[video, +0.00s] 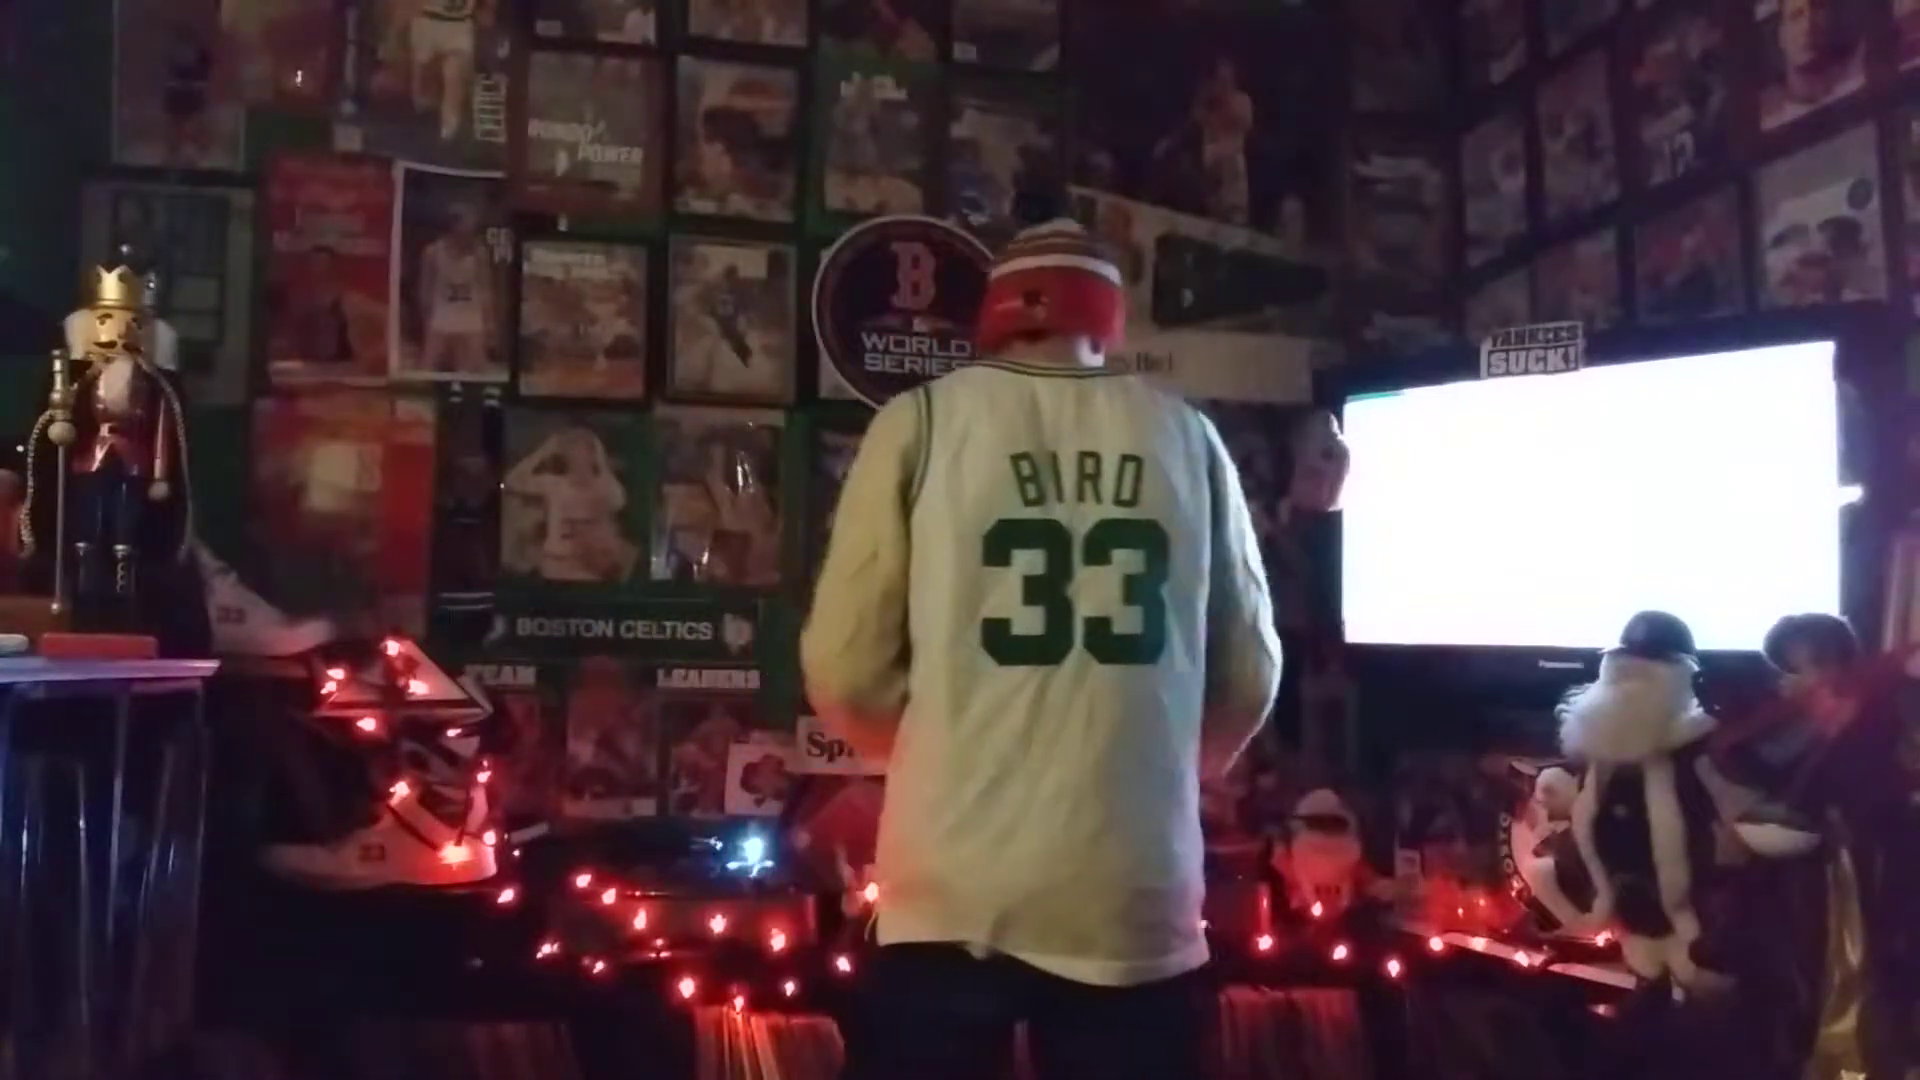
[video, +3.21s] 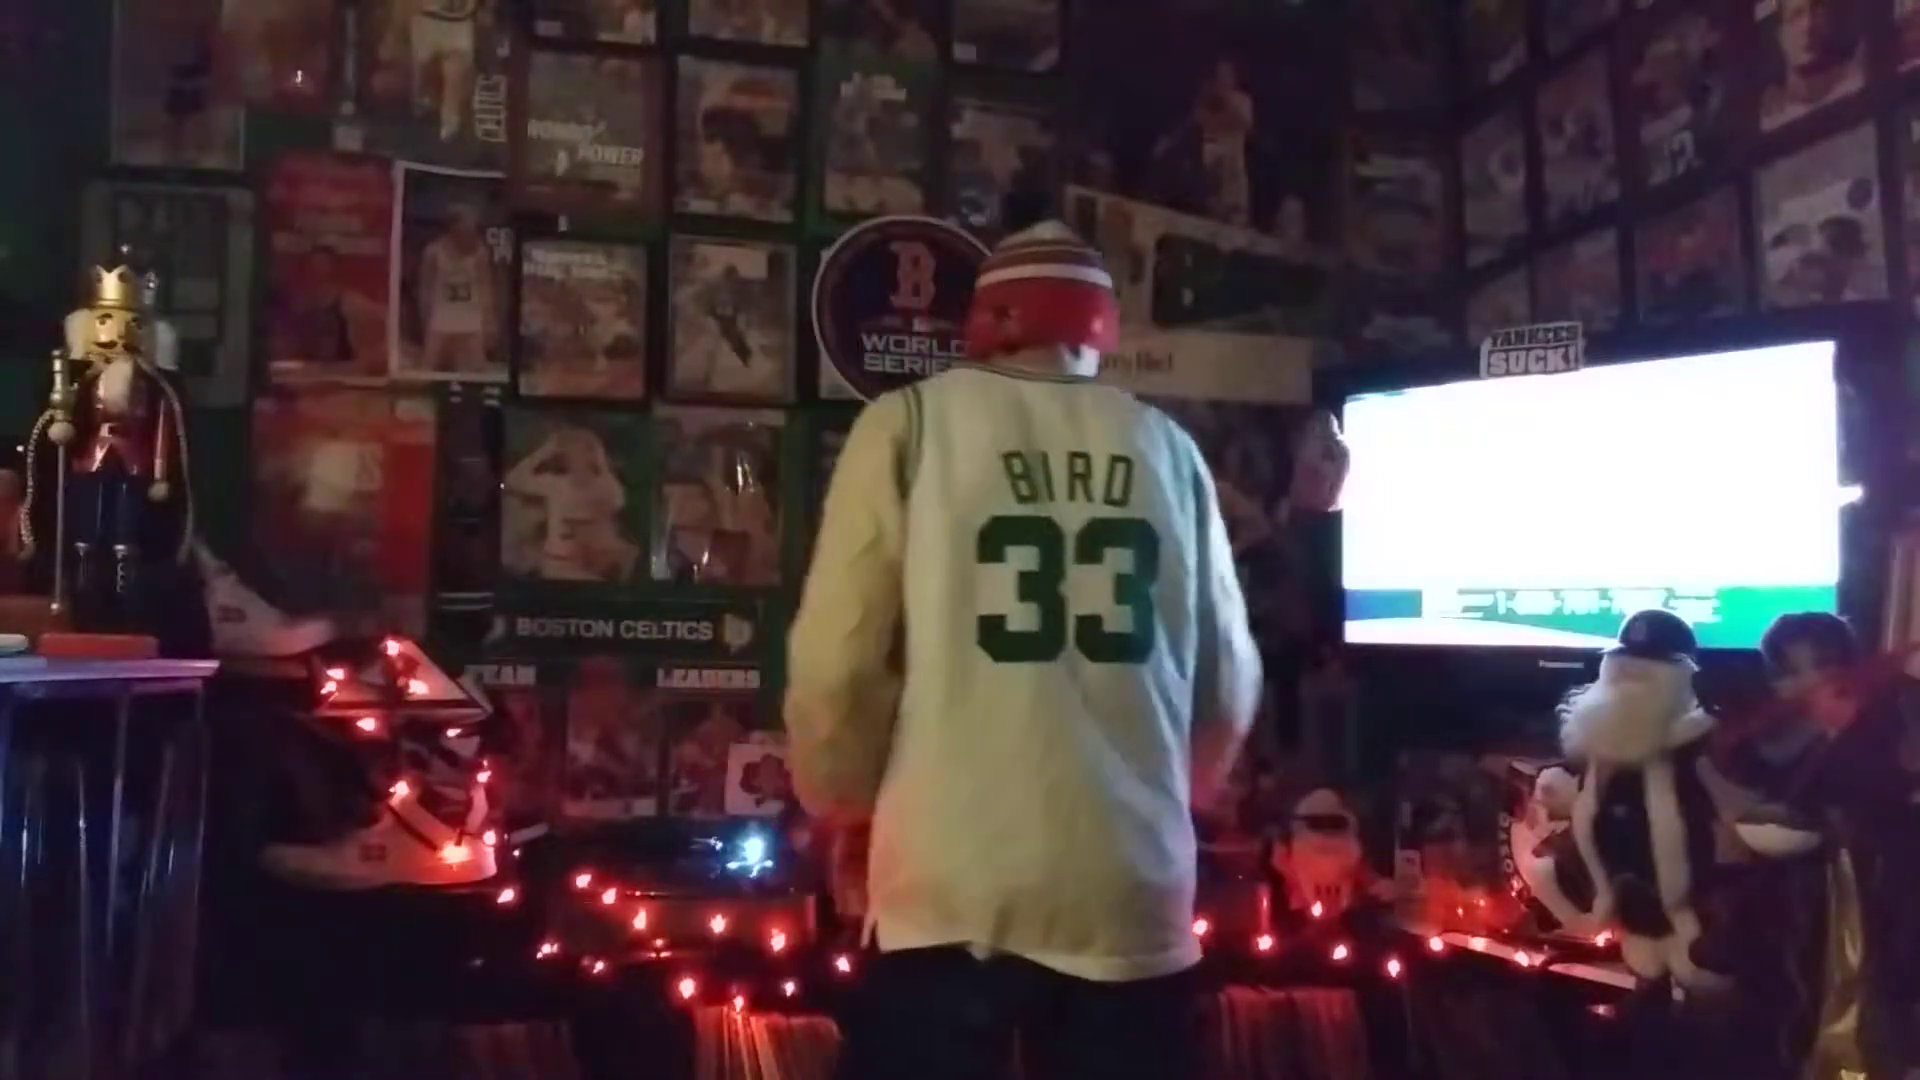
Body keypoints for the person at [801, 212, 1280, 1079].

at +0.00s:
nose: (987, 323)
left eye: (990, 307)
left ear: (996, 314)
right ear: (1112, 327)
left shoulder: (919, 421)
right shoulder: (1191, 437)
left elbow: (844, 667)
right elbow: (1249, 675)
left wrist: (943, 753)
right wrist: (1157, 779)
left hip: (946, 893)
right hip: (1136, 901)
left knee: (924, 1063)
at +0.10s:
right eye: (1132, 328)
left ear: (1004, 321)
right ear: (1125, 333)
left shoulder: (933, 417)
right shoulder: (1203, 438)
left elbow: (859, 669)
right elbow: (1249, 684)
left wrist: (968, 745)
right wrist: (1156, 787)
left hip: (956, 891)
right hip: (1145, 902)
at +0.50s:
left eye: (1004, 343)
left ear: (1011, 341)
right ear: (1134, 360)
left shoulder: (961, 411)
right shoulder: (1213, 455)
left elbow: (876, 661)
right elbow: (1216, 688)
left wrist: (950, 766)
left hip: (975, 884)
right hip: (1156, 903)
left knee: (933, 1061)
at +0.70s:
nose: (969, 366)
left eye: (974, 355)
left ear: (986, 350)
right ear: (1104, 370)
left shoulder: (946, 408)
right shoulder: (1187, 454)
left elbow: (866, 661)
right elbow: (1186, 653)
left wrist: (928, 765)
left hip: (976, 892)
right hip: (1153, 909)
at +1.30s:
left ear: (862, 348)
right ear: (995, 351)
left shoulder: (817, 422)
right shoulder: (1077, 448)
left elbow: (749, 672)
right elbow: (1101, 662)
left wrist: (858, 765)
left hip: (879, 877)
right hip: (1068, 884)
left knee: (869, 1060)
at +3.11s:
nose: (943, 333)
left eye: (952, 314)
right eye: (950, 313)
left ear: (973, 318)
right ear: (1083, 336)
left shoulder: (883, 425)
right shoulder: (1151, 443)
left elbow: (802, 664)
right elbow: (1197, 676)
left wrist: (840, 821)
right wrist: (1122, 792)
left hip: (931, 880)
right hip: (1118, 888)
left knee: (915, 1064)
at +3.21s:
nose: (963, 334)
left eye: (972, 315)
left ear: (994, 318)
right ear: (1100, 334)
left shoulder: (907, 422)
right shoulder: (1171, 448)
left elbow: (830, 666)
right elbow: (1229, 692)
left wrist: (849, 816)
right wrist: (1162, 804)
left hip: (946, 880)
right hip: (1132, 890)